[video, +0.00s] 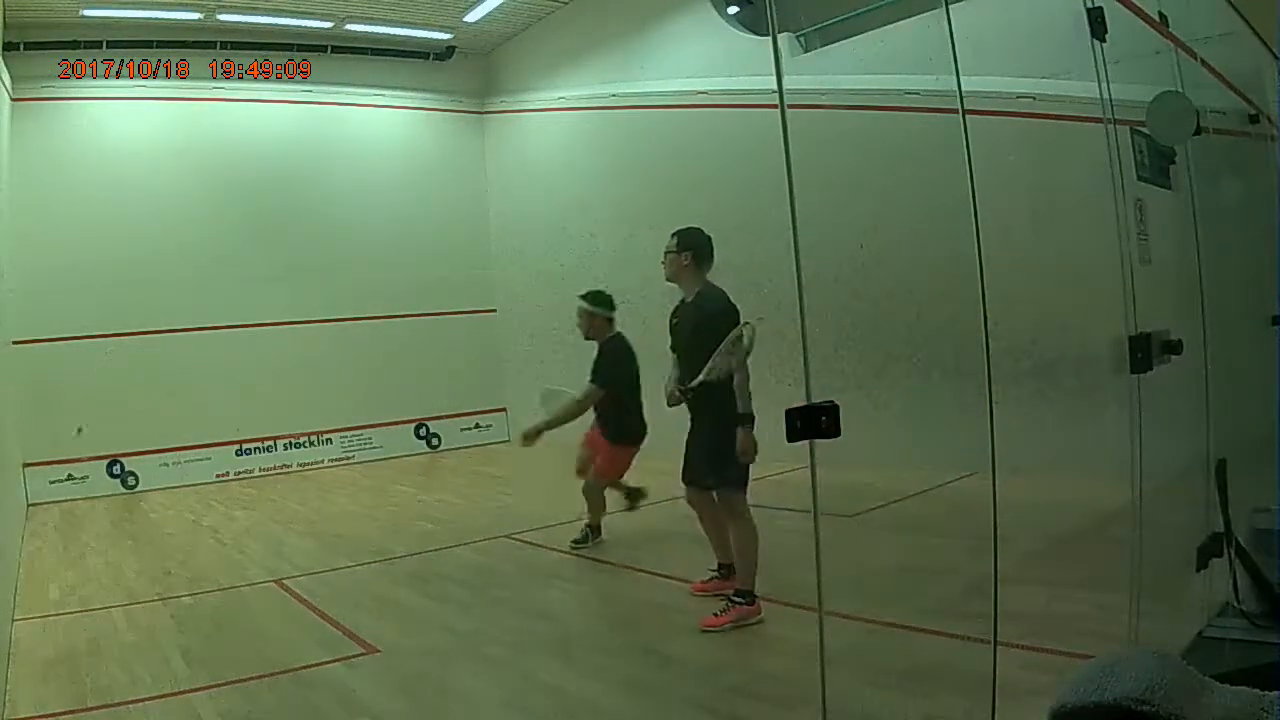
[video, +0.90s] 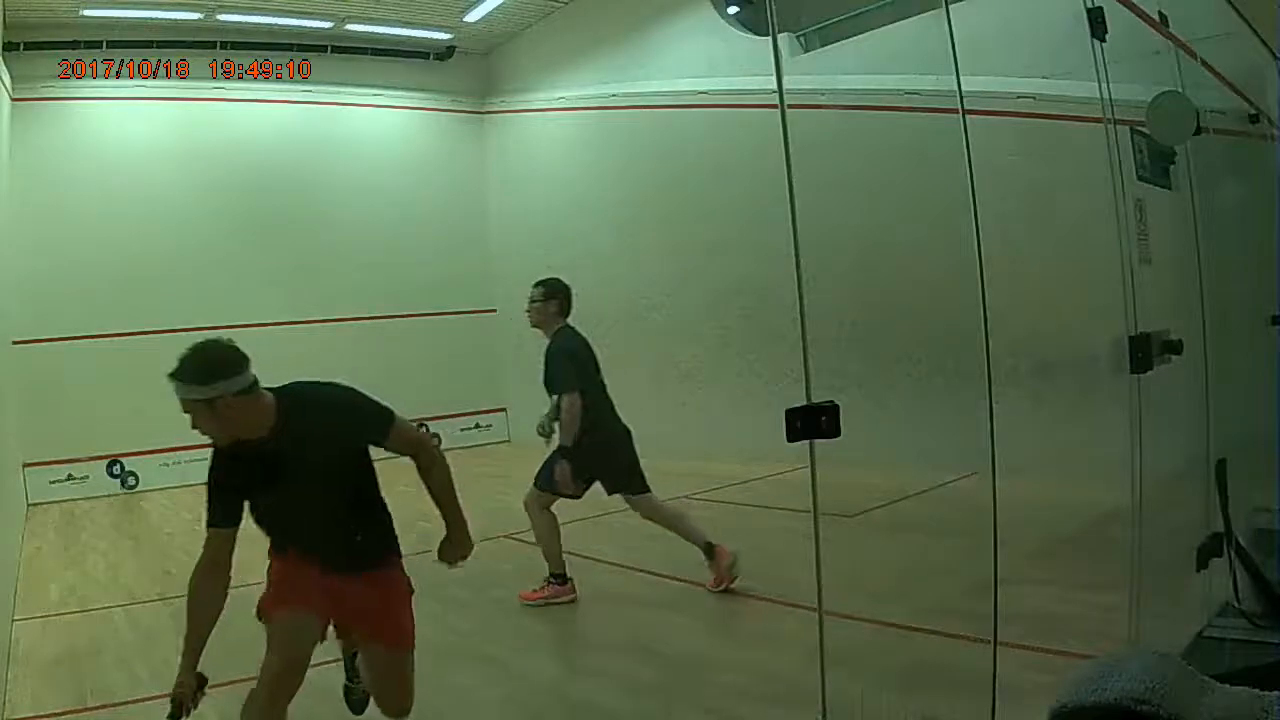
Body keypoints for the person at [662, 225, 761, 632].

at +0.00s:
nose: (663, 261)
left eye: (668, 255)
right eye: (664, 255)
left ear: (687, 259)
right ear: (686, 260)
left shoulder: (718, 306)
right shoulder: (680, 311)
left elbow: (739, 367)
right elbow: (681, 360)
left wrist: (745, 424)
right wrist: (674, 385)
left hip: (727, 418)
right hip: (702, 418)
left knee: (732, 502)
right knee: (697, 494)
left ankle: (747, 599)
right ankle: (727, 570)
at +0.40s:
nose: (655, 273)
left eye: (661, 265)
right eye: (655, 266)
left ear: (684, 269)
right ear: (679, 271)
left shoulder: (693, 311)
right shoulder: (687, 307)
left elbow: (715, 370)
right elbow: (684, 365)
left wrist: (725, 418)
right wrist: (664, 387)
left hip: (692, 424)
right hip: (705, 421)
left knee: (677, 507)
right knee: (718, 498)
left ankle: (724, 585)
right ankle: (752, 575)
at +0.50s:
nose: (643, 275)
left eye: (649, 267)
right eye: (643, 268)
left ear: (673, 270)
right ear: (669, 273)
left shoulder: (681, 310)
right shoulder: (676, 307)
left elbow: (696, 366)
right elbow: (673, 362)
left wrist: (707, 422)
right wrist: (655, 387)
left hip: (679, 421)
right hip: (695, 418)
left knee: (648, 501)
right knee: (717, 495)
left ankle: (691, 581)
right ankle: (751, 573)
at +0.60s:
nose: (627, 281)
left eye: (634, 274)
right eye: (626, 275)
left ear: (656, 278)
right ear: (651, 281)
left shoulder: (661, 317)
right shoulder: (660, 313)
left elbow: (675, 372)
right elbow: (658, 365)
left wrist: (686, 428)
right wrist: (641, 393)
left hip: (662, 429)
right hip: (685, 424)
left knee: (619, 498)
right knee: (717, 498)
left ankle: (641, 583)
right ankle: (751, 574)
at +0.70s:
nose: (607, 288)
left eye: (613, 282)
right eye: (607, 283)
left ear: (636, 286)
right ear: (632, 288)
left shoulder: (640, 326)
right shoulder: (643, 322)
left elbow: (653, 381)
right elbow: (642, 375)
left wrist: (663, 437)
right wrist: (623, 401)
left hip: (646, 434)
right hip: (674, 429)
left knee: (597, 496)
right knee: (710, 499)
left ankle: (596, 581)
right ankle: (749, 572)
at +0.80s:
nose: (569, 302)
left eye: (576, 295)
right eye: (569, 296)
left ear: (598, 298)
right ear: (595, 301)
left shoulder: (604, 340)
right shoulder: (607, 335)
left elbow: (615, 397)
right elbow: (604, 387)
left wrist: (614, 450)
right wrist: (591, 413)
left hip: (619, 440)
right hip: (646, 436)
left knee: (563, 498)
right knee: (689, 503)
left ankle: (563, 580)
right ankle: (741, 564)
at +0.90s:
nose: (528, 309)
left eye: (535, 302)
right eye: (529, 302)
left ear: (555, 306)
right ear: (555, 308)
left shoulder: (560, 348)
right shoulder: (573, 340)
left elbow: (571, 404)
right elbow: (575, 389)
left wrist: (563, 454)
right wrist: (552, 414)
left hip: (588, 443)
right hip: (614, 438)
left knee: (535, 503)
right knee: (645, 504)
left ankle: (559, 582)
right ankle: (715, 553)